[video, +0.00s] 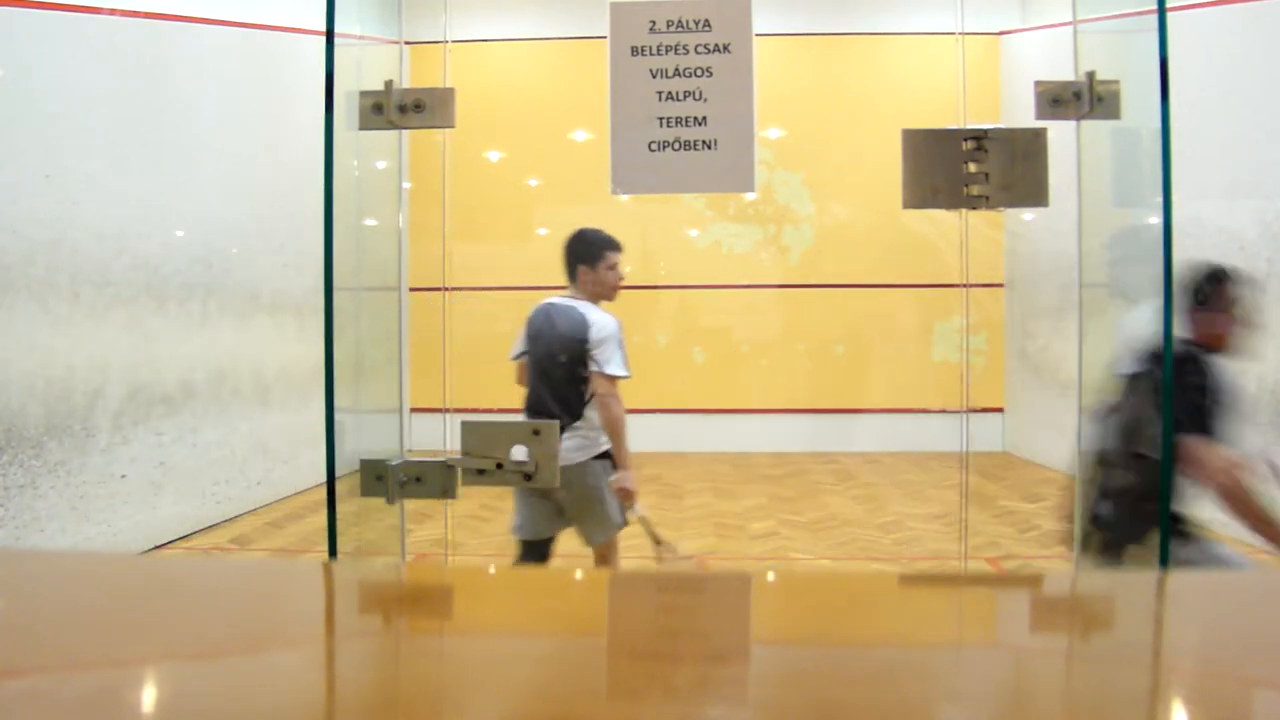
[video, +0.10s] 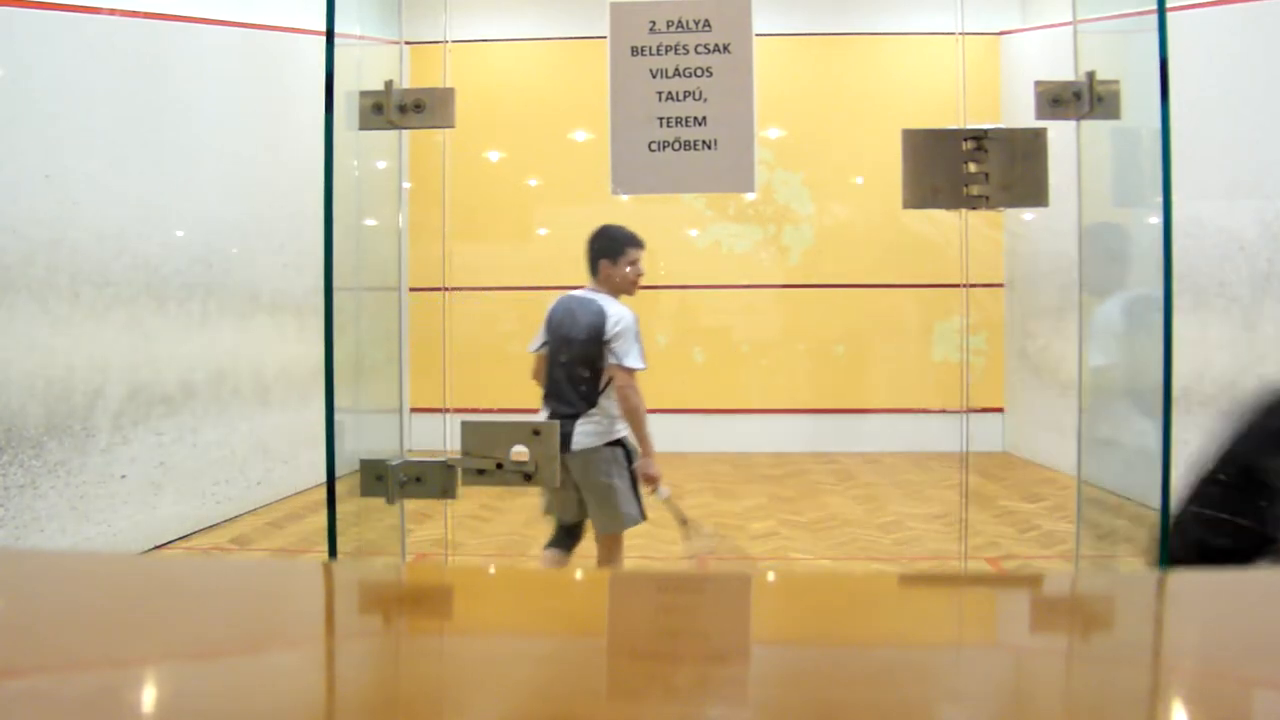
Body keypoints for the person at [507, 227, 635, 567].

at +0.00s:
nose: (620, 277)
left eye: (619, 268)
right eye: (612, 268)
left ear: (584, 275)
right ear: (585, 274)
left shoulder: (540, 312)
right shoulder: (601, 323)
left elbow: (523, 375)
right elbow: (605, 396)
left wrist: (574, 385)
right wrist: (623, 467)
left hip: (535, 456)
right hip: (583, 459)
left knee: (530, 559)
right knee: (606, 553)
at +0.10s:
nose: (640, 273)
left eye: (640, 265)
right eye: (632, 265)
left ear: (606, 269)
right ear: (605, 267)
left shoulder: (562, 305)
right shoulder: (618, 315)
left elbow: (540, 372)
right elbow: (625, 387)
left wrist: (578, 396)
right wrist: (647, 454)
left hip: (555, 438)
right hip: (598, 443)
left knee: (568, 528)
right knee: (610, 541)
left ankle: (533, 598)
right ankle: (606, 616)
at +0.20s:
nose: (656, 273)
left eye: (655, 264)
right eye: (648, 264)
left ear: (624, 268)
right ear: (623, 267)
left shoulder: (580, 305)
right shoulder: (633, 312)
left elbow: (556, 371)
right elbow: (642, 385)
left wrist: (564, 417)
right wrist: (667, 443)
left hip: (572, 434)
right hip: (609, 438)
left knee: (589, 522)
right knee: (612, 541)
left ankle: (581, 603)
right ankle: (606, 614)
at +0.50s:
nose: (687, 287)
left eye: (687, 280)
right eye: (681, 279)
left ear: (657, 281)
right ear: (658, 279)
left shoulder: (622, 319)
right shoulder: (668, 321)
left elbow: (599, 375)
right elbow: (673, 381)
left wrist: (591, 425)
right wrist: (697, 434)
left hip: (615, 437)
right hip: (651, 438)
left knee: (636, 514)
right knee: (660, 526)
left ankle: (631, 586)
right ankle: (628, 590)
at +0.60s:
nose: (697, 282)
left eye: (697, 275)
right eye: (692, 274)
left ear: (667, 276)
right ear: (668, 275)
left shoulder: (636, 314)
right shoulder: (680, 316)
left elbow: (619, 370)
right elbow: (683, 375)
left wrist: (626, 409)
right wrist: (702, 428)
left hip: (628, 425)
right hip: (663, 426)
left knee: (639, 504)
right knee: (688, 505)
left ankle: (634, 580)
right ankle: (651, 567)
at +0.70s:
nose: (711, 283)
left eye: (711, 276)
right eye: (706, 276)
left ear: (681, 280)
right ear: (685, 278)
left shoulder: (649, 315)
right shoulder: (695, 317)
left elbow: (639, 375)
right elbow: (694, 373)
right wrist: (711, 426)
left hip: (638, 421)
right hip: (676, 422)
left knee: (641, 501)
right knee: (704, 493)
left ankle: (633, 577)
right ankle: (695, 567)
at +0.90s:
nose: (743, 299)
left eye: (742, 293)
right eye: (741, 293)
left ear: (710, 298)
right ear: (731, 297)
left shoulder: (688, 329)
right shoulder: (735, 334)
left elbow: (678, 378)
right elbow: (729, 383)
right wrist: (745, 433)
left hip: (674, 425)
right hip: (713, 427)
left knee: (664, 497)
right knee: (729, 491)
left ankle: (642, 557)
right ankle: (723, 555)